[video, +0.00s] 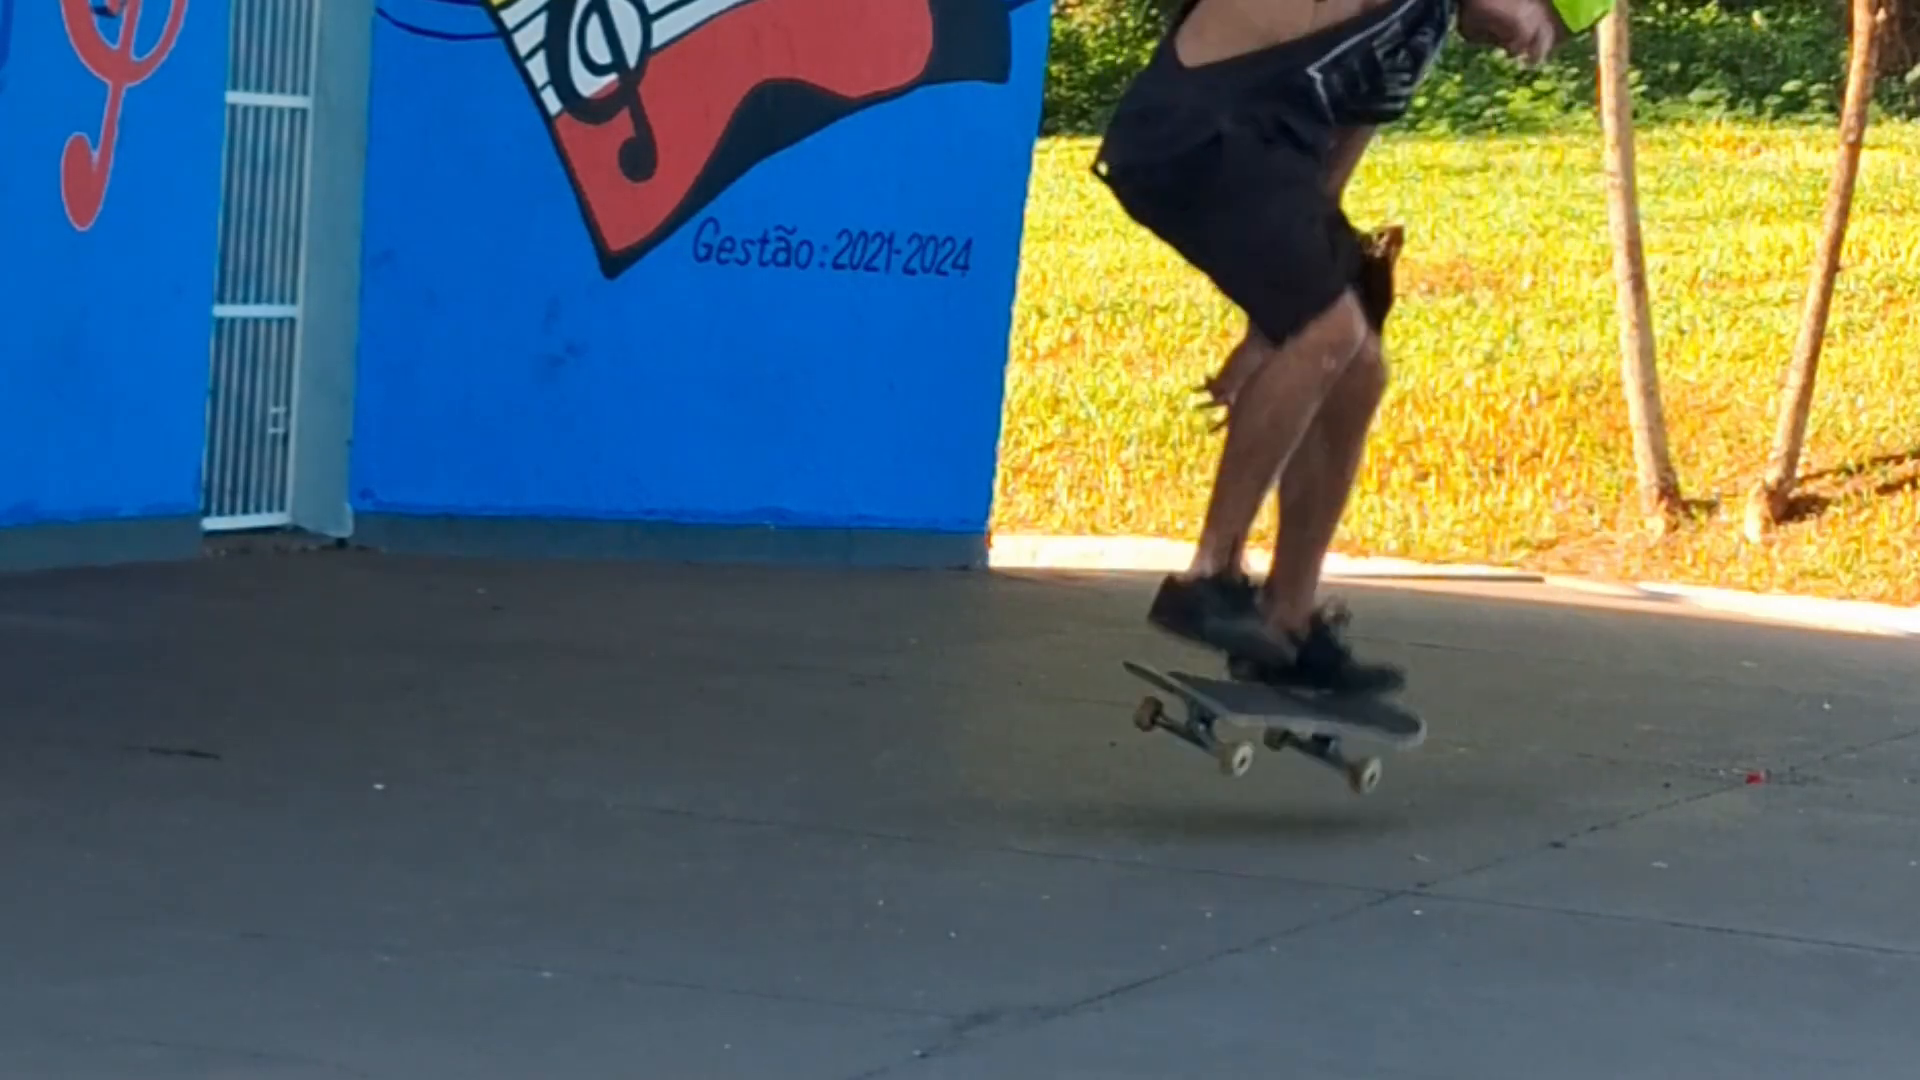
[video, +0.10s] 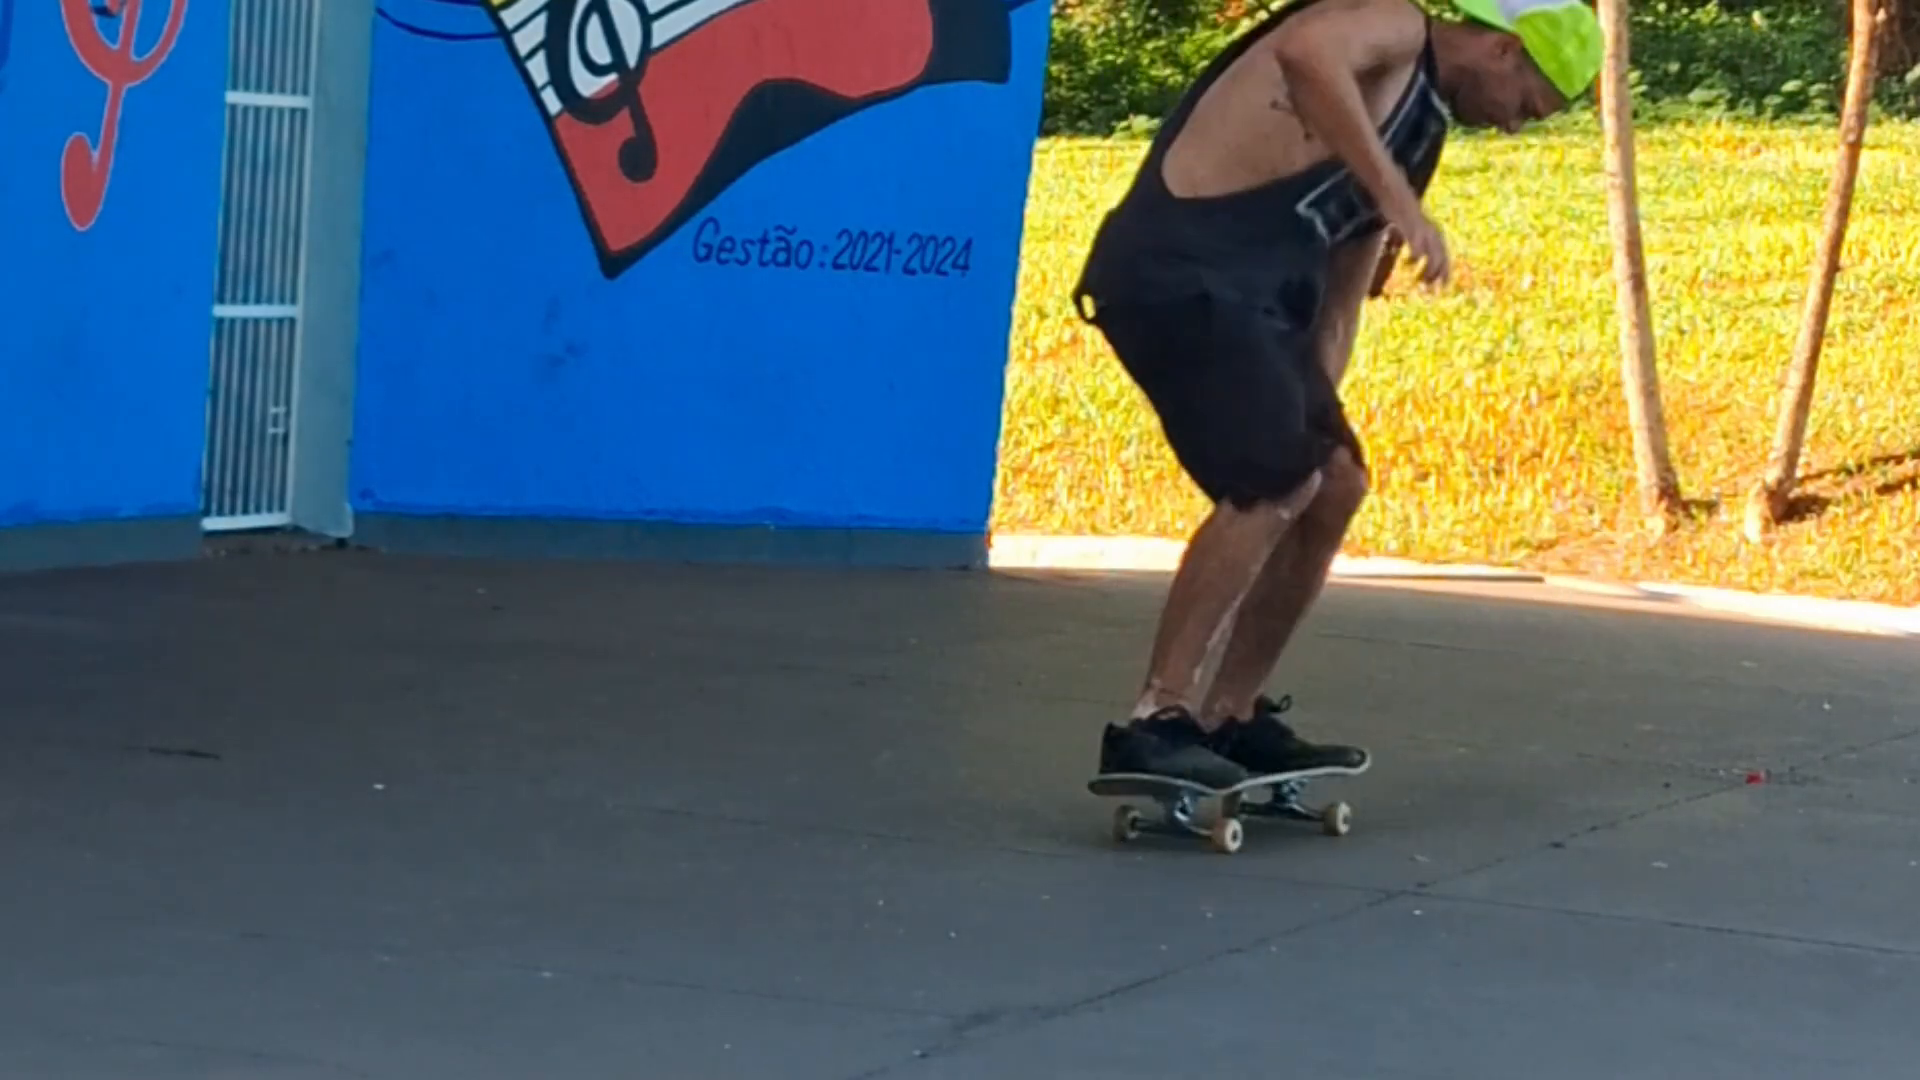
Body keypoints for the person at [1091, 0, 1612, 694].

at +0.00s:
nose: (1524, 43)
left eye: (1532, 39)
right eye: (1528, 30)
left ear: (1489, 10)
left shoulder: (1410, 35)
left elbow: (1326, 182)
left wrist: (1261, 335)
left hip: (1254, 154)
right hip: (1188, 134)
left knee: (1358, 369)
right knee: (1325, 328)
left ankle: (1286, 623)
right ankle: (1207, 577)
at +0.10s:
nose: (1515, 127)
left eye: (1531, 120)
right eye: (1526, 108)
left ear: (1501, 59)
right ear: (1504, 51)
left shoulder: (1417, 137)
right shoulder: (1398, 24)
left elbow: (1340, 299)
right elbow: (1304, 54)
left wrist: (1312, 421)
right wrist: (1401, 202)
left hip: (1255, 301)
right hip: (1172, 273)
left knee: (1336, 485)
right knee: (1277, 479)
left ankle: (1229, 718)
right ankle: (1156, 720)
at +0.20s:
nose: (1500, 211)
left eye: (1518, 202)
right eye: (1512, 188)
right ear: (1482, 132)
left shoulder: (1381, 236)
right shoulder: (1385, 104)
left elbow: (1295, 374)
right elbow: (1311, 187)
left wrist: (1328, 551)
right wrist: (1348, 358)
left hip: (1209, 323)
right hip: (1133, 298)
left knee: (1335, 491)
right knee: (1274, 486)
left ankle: (1207, 717)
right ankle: (1135, 723)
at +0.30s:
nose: (1475, 254)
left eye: (1491, 246)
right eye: (1487, 235)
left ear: (1463, 182)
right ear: (1465, 177)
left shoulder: (1362, 249)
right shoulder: (1374, 141)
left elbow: (1283, 405)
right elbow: (1305, 223)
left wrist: (1318, 572)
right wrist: (1324, 390)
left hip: (1177, 323)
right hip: (1103, 305)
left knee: (1309, 501)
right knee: (1247, 496)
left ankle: (1172, 720)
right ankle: (1098, 724)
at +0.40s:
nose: (1458, 266)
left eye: (1475, 258)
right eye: (1469, 244)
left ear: (1446, 193)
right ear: (1446, 182)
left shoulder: (1341, 260)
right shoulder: (1366, 148)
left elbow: (1239, 400)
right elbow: (1295, 219)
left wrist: (1289, 575)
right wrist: (1321, 392)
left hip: (1142, 322)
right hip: (1075, 302)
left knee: (1278, 500)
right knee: (1215, 503)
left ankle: (1137, 725)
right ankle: (1058, 732)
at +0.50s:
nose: (1438, 259)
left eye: (1455, 251)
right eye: (1450, 237)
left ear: (1427, 184)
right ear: (1428, 174)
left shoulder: (1315, 250)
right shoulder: (1349, 137)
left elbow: (1184, 361)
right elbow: (1269, 209)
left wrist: (1239, 563)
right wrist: (1312, 385)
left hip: (1124, 318)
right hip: (1051, 288)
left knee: (1255, 493)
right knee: (1180, 502)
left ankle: (1102, 728)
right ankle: (1020, 733)